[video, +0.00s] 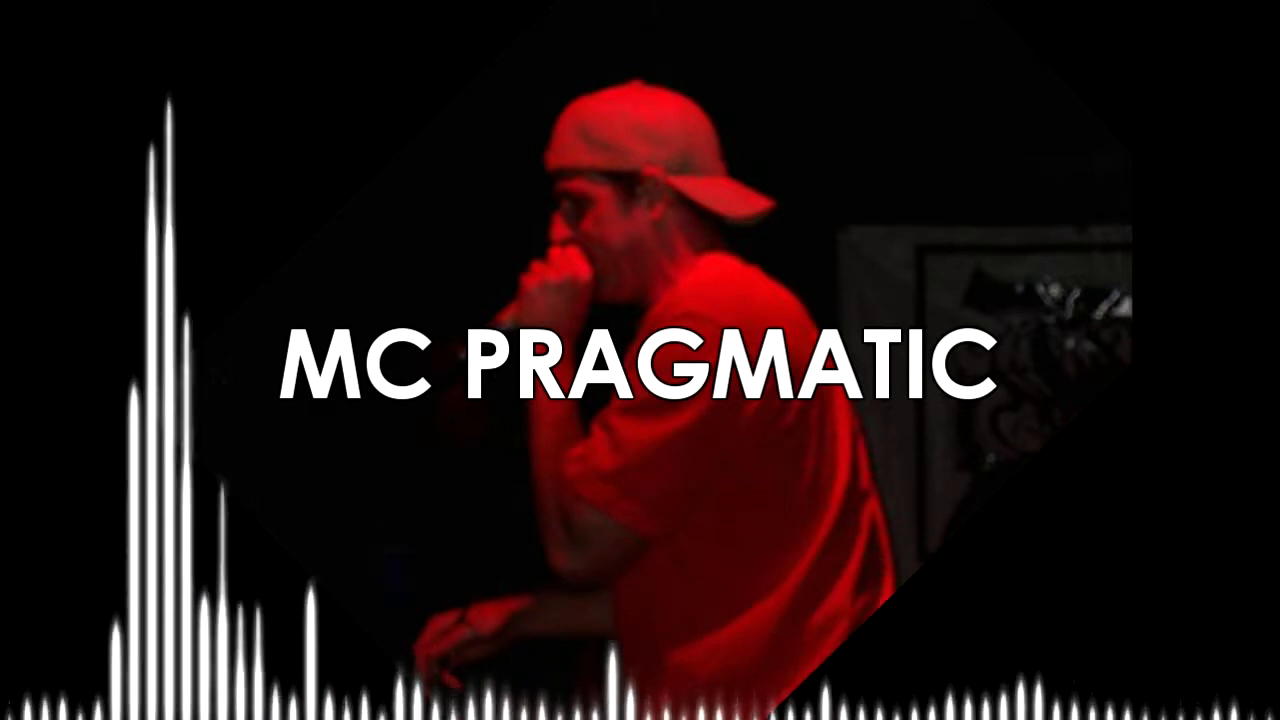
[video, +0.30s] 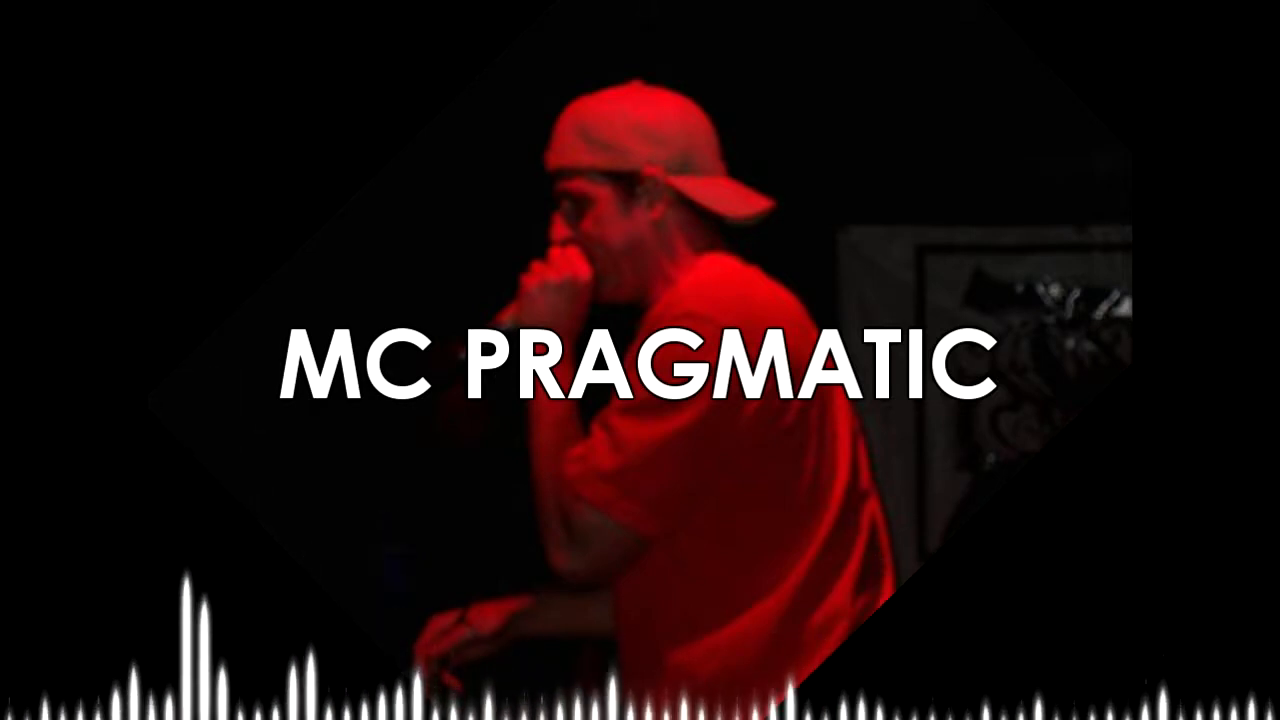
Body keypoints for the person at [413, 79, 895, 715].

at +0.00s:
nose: (560, 233)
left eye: (577, 207)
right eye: (560, 209)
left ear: (653, 198)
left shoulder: (706, 314)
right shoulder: (744, 303)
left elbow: (577, 544)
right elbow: (696, 579)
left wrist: (545, 347)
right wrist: (518, 620)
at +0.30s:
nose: (560, 233)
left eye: (577, 206)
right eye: (560, 209)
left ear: (652, 198)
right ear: (650, 200)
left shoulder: (706, 314)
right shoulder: (747, 303)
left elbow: (577, 543)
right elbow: (700, 578)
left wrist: (547, 347)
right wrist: (520, 619)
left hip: (736, 704)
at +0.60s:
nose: (560, 234)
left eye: (577, 207)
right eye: (560, 209)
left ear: (653, 198)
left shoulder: (706, 314)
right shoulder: (745, 303)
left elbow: (577, 544)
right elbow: (697, 580)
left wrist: (545, 347)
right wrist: (518, 619)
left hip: (737, 704)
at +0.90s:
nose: (560, 233)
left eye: (577, 206)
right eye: (560, 208)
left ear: (652, 199)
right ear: (649, 200)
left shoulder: (706, 315)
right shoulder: (748, 304)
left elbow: (578, 543)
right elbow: (698, 577)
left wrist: (546, 348)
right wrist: (515, 620)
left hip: (738, 705)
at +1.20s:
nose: (559, 233)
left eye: (577, 206)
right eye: (559, 209)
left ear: (652, 199)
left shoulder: (707, 313)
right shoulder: (746, 304)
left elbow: (577, 543)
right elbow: (696, 580)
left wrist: (545, 348)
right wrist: (516, 619)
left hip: (744, 704)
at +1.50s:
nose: (560, 234)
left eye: (577, 206)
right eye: (559, 209)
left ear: (652, 198)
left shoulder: (707, 313)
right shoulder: (744, 303)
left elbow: (577, 544)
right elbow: (697, 581)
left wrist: (545, 347)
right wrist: (518, 620)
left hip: (738, 705)